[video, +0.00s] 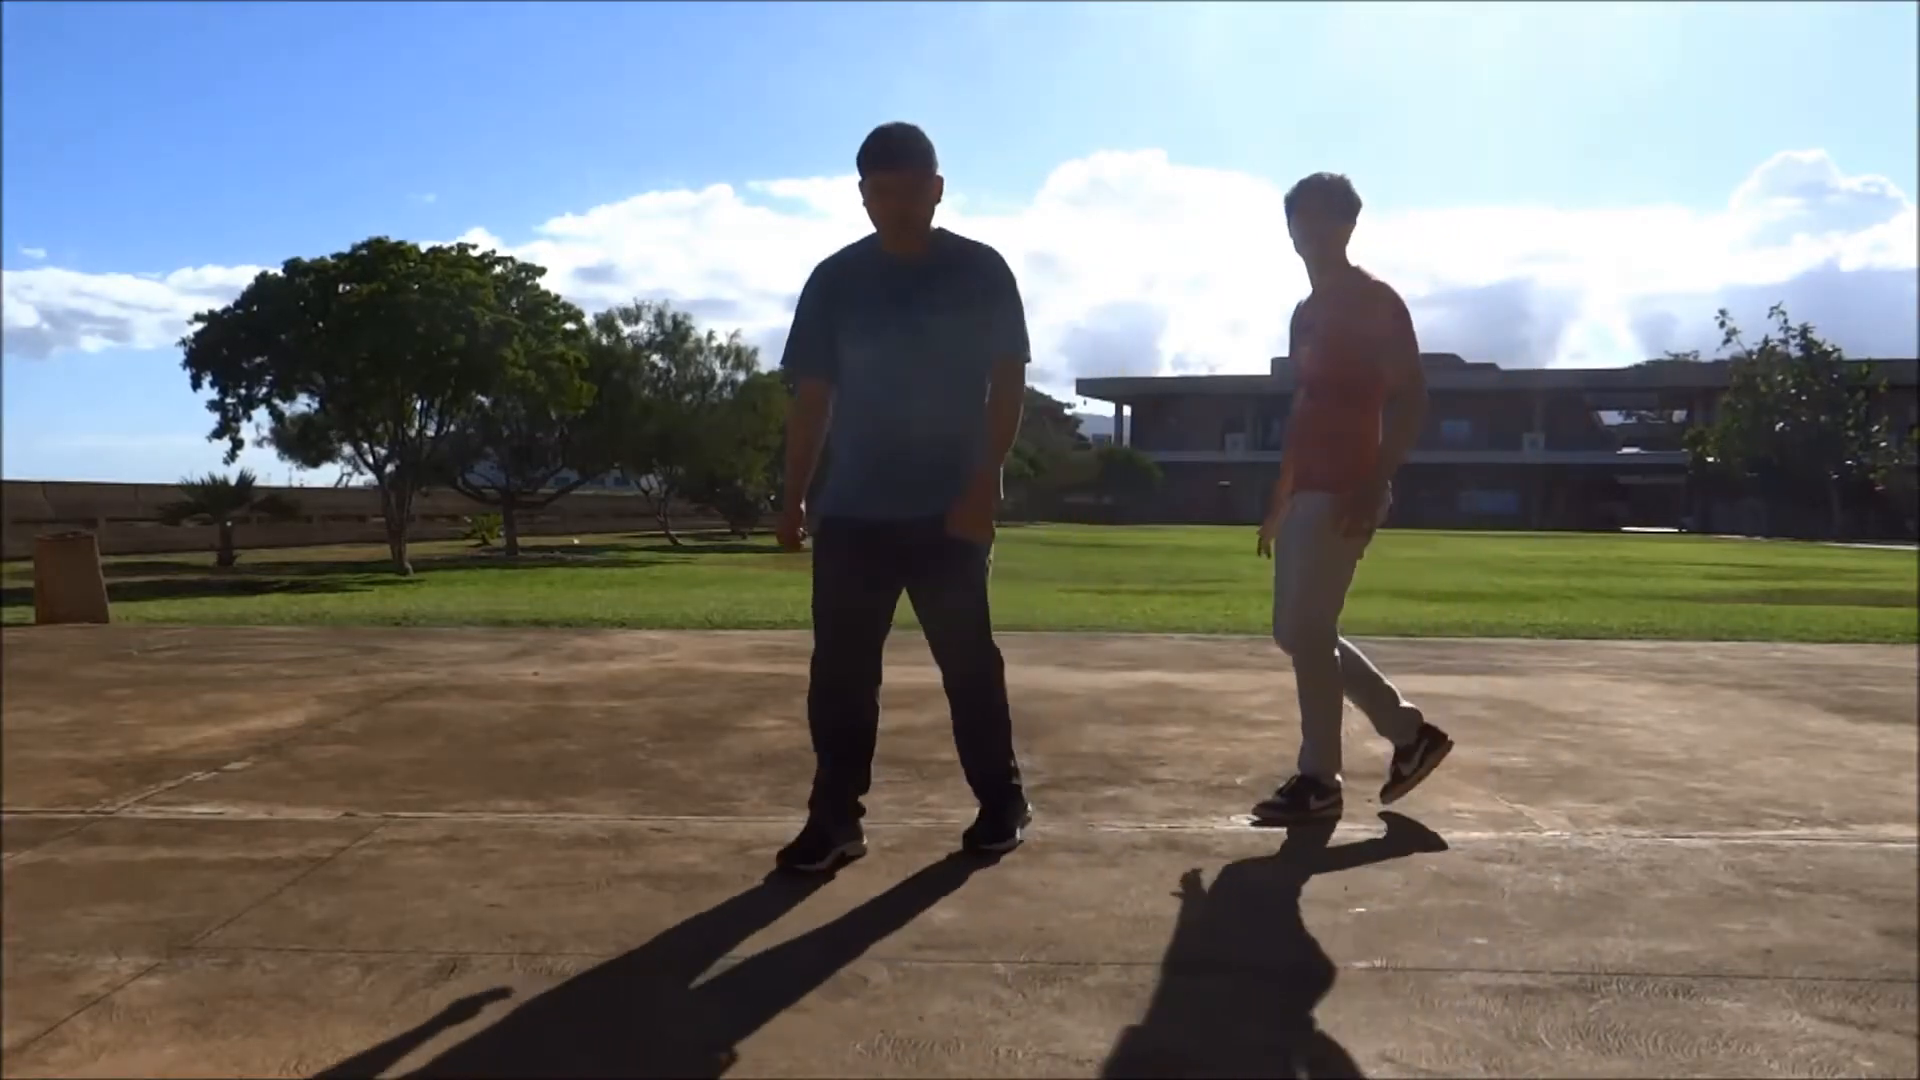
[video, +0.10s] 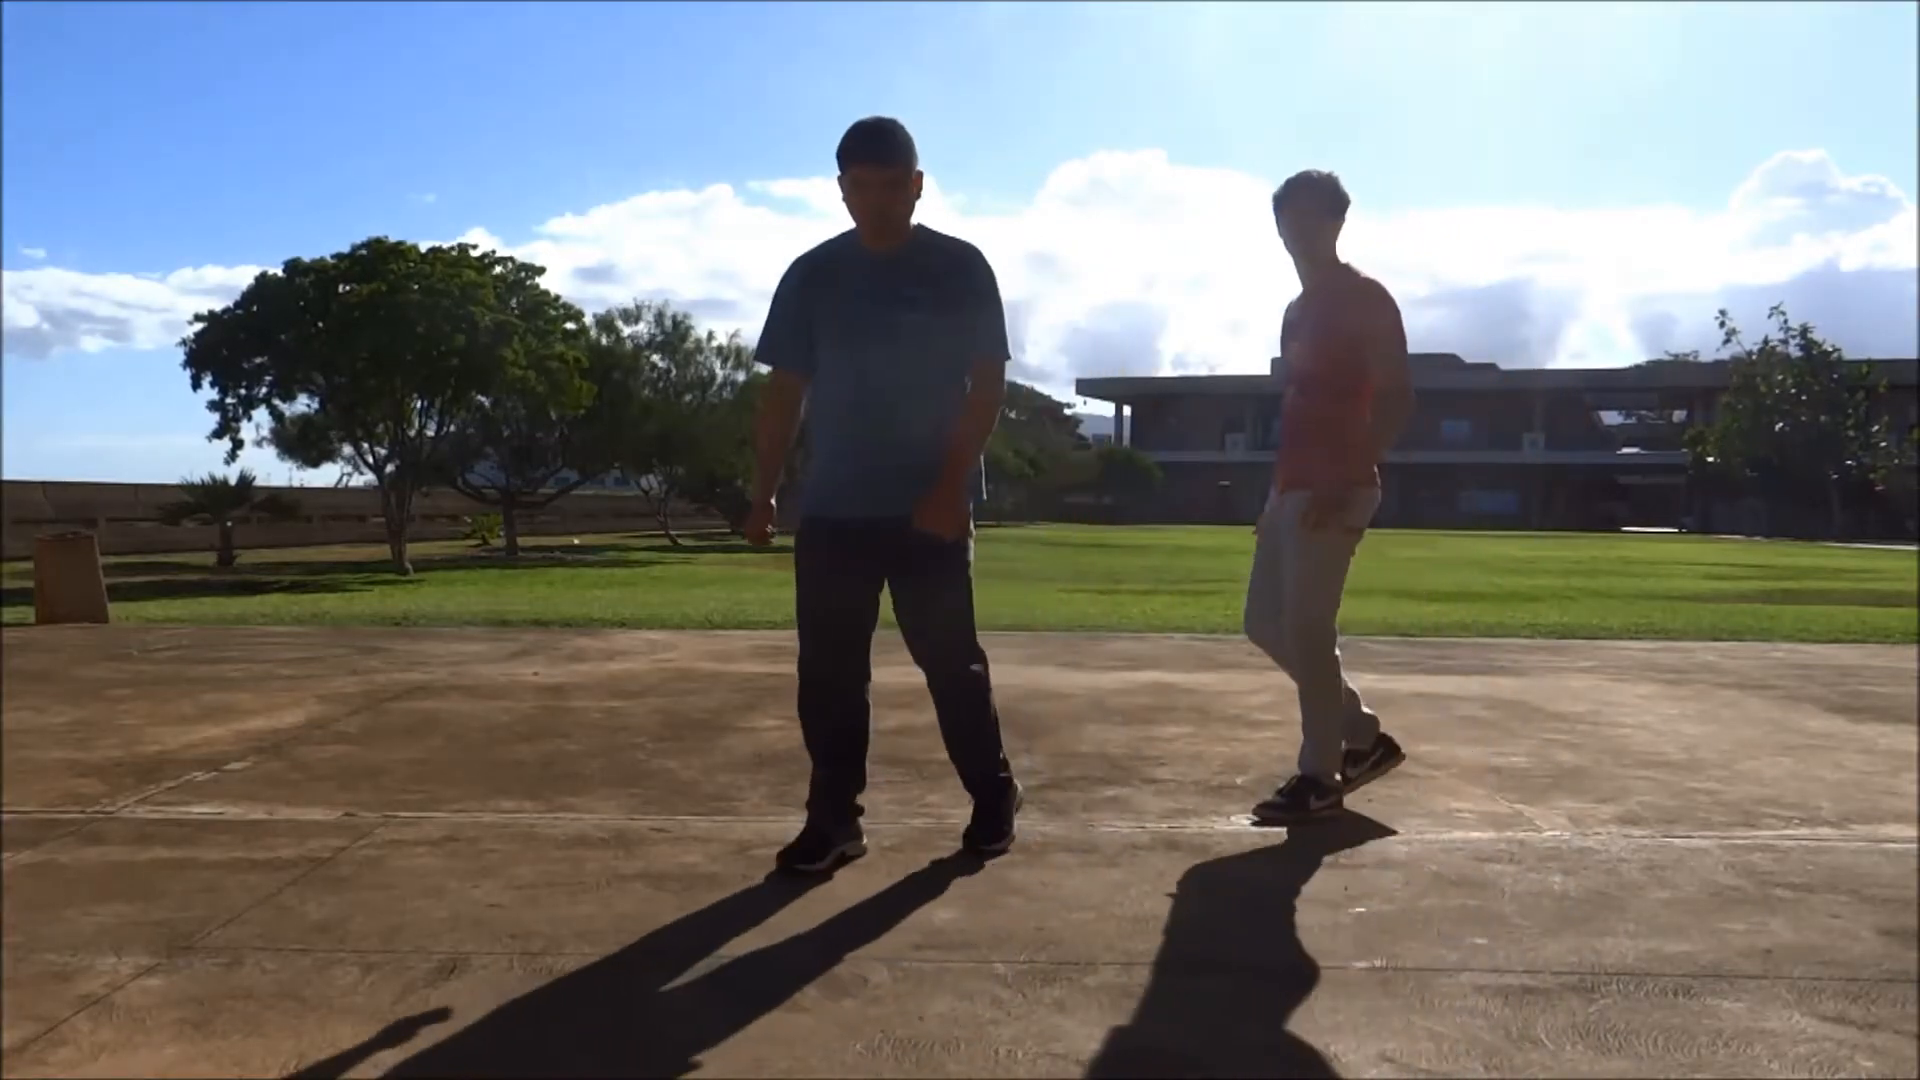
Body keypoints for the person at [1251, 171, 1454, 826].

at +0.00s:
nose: (1298, 237)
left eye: (1308, 223)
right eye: (1293, 224)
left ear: (1342, 223)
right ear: (1293, 230)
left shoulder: (1380, 306)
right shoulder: (1306, 315)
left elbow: (1409, 404)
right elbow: (1305, 416)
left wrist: (1376, 487)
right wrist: (1279, 500)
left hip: (1345, 491)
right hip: (1301, 492)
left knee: (1311, 630)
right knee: (1293, 629)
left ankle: (1319, 780)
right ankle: (1411, 734)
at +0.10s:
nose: (1284, 231)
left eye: (1294, 216)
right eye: (1281, 219)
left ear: (1329, 219)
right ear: (1284, 225)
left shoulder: (1369, 301)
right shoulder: (1297, 311)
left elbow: (1396, 403)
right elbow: (1306, 409)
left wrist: (1347, 484)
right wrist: (1282, 485)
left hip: (1337, 493)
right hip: (1291, 490)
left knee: (1309, 629)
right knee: (1264, 623)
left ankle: (1319, 778)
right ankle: (1362, 736)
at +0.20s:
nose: (1269, 229)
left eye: (1277, 215)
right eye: (1268, 217)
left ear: (1312, 217)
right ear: (1281, 223)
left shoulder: (1358, 297)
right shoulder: (1286, 311)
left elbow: (1381, 400)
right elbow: (1292, 403)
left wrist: (1321, 474)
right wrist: (1279, 474)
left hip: (1328, 488)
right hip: (1282, 483)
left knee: (1310, 632)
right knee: (1242, 619)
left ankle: (1320, 780)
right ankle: (1299, 755)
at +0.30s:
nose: (1259, 231)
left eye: (1268, 217)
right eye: (1255, 220)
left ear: (1304, 217)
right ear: (1257, 226)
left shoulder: (1345, 297)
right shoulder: (1275, 310)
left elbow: (1363, 399)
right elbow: (1277, 406)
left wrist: (1301, 461)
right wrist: (1257, 479)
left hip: (1319, 489)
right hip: (1270, 488)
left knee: (1307, 631)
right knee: (1220, 615)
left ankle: (1320, 779)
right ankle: (1243, 760)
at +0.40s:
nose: (1244, 231)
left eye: (1254, 217)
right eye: (1240, 220)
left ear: (1287, 218)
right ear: (1243, 226)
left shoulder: (1329, 296)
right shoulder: (1258, 314)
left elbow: (1345, 398)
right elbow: (1265, 409)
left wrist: (1269, 455)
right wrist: (1239, 472)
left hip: (1304, 493)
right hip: (1255, 490)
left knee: (1302, 632)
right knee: (1204, 618)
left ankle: (1319, 779)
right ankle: (1186, 762)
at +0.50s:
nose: (1230, 232)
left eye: (1242, 218)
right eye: (1223, 222)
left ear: (1274, 221)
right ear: (1218, 231)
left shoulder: (1309, 296)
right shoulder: (1241, 315)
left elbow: (1324, 395)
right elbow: (1249, 403)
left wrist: (1229, 443)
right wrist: (1220, 461)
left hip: (1288, 495)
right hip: (1239, 493)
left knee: (1293, 636)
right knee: (1191, 624)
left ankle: (1319, 778)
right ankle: (1145, 759)